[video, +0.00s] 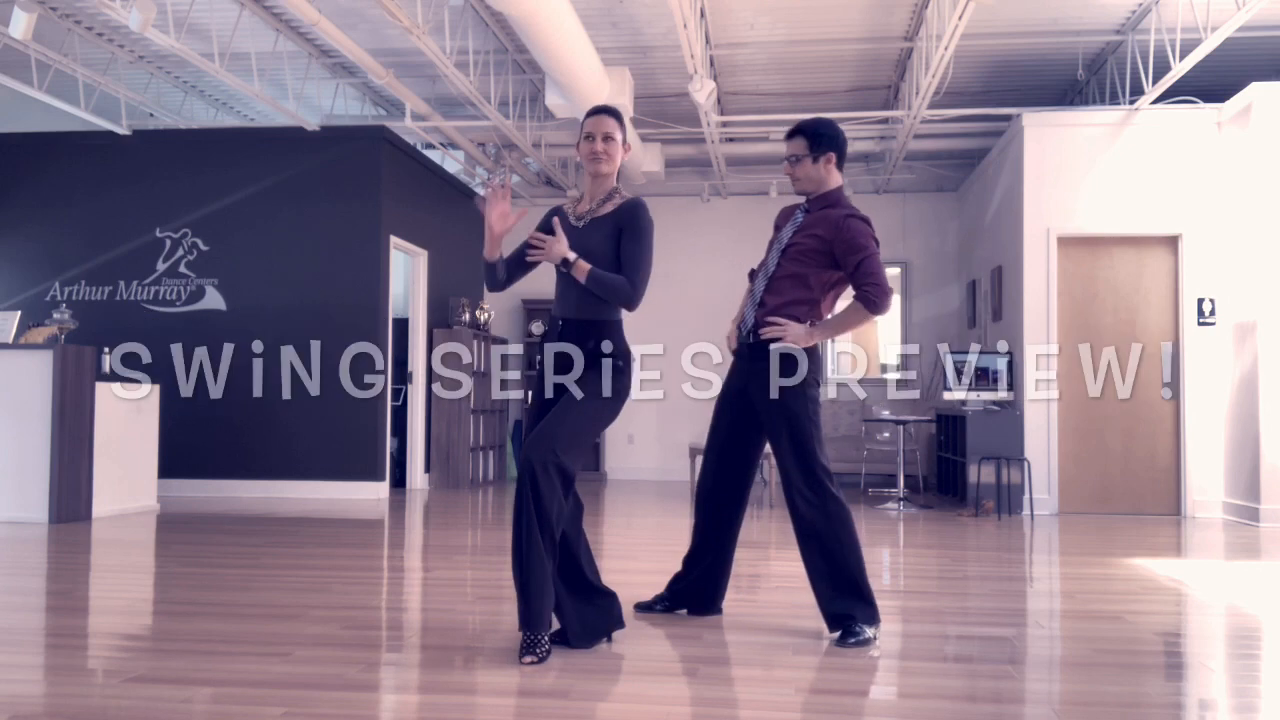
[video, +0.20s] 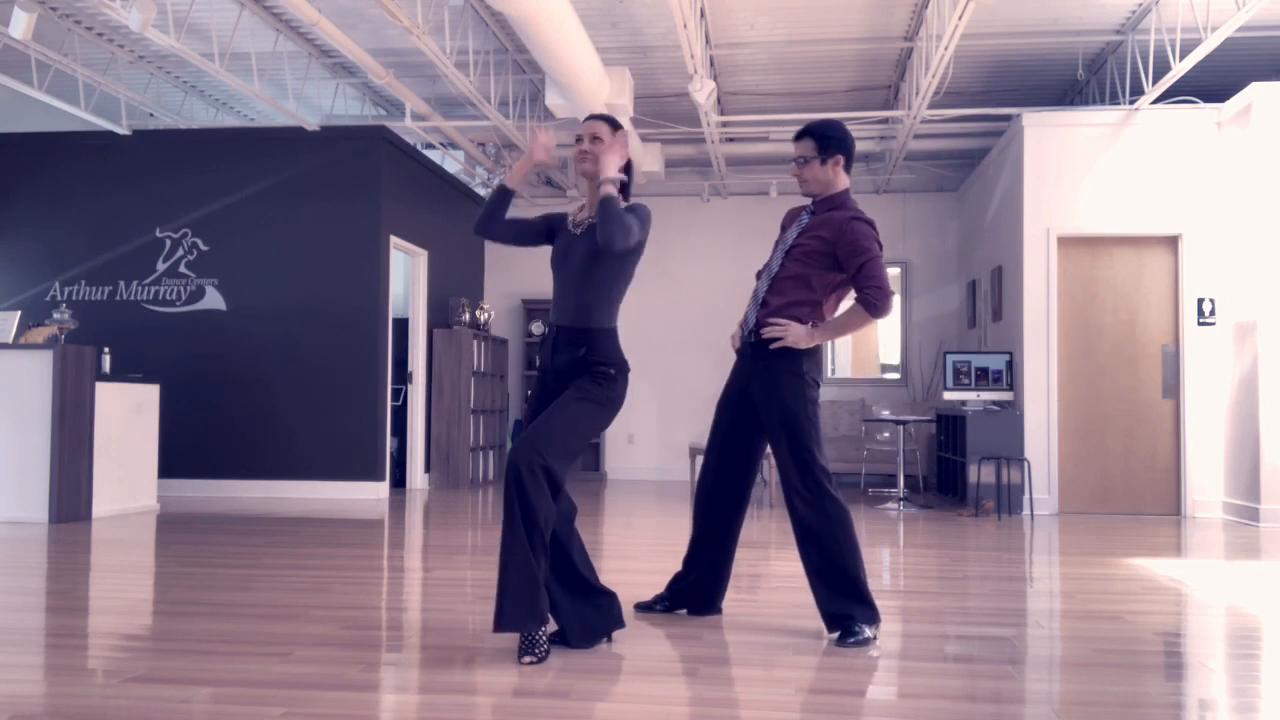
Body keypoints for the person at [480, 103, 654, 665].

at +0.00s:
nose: (598, 146)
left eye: (608, 138)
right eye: (589, 138)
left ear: (625, 150)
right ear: (577, 148)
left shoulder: (633, 213)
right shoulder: (560, 214)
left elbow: (632, 294)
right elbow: (499, 277)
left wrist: (567, 258)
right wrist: (493, 236)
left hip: (604, 361)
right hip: (554, 359)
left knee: (539, 452)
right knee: (547, 480)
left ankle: (538, 617)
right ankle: (588, 608)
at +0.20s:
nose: (583, 147)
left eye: (596, 138)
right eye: (578, 140)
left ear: (623, 155)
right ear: (573, 155)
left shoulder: (636, 213)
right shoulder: (563, 222)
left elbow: (617, 238)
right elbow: (489, 226)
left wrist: (607, 184)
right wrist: (525, 166)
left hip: (599, 372)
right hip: (554, 371)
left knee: (528, 459)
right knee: (541, 486)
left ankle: (535, 616)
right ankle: (588, 609)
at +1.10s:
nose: (596, 167)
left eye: (609, 160)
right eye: (591, 160)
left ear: (633, 179)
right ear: (583, 177)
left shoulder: (633, 236)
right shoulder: (559, 241)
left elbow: (600, 266)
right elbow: (483, 269)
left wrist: (603, 211)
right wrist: (489, 218)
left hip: (577, 386)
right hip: (533, 380)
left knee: (499, 469)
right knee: (518, 497)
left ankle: (528, 619)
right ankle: (586, 611)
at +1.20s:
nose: (591, 157)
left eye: (602, 150)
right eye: (585, 149)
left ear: (622, 167)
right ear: (577, 162)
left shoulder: (622, 226)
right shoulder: (556, 231)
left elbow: (618, 309)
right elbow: (505, 302)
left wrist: (569, 270)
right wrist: (460, 288)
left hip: (584, 374)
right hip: (542, 372)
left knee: (505, 468)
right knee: (520, 491)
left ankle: (527, 617)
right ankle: (588, 611)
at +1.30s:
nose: (576, 142)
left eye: (587, 136)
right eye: (570, 134)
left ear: (607, 151)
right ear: (560, 147)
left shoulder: (610, 216)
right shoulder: (542, 219)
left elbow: (616, 301)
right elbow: (528, 299)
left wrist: (574, 348)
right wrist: (481, 347)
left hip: (594, 360)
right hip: (549, 359)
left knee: (519, 462)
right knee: (526, 484)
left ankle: (530, 618)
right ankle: (588, 610)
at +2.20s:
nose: (572, 134)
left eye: (581, 126)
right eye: (562, 125)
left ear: (598, 135)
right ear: (550, 134)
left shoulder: (620, 202)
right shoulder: (531, 204)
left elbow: (634, 287)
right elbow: (519, 288)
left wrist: (639, 369)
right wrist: (523, 369)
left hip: (620, 343)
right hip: (566, 345)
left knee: (574, 446)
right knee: (566, 462)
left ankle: (571, 597)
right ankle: (588, 603)